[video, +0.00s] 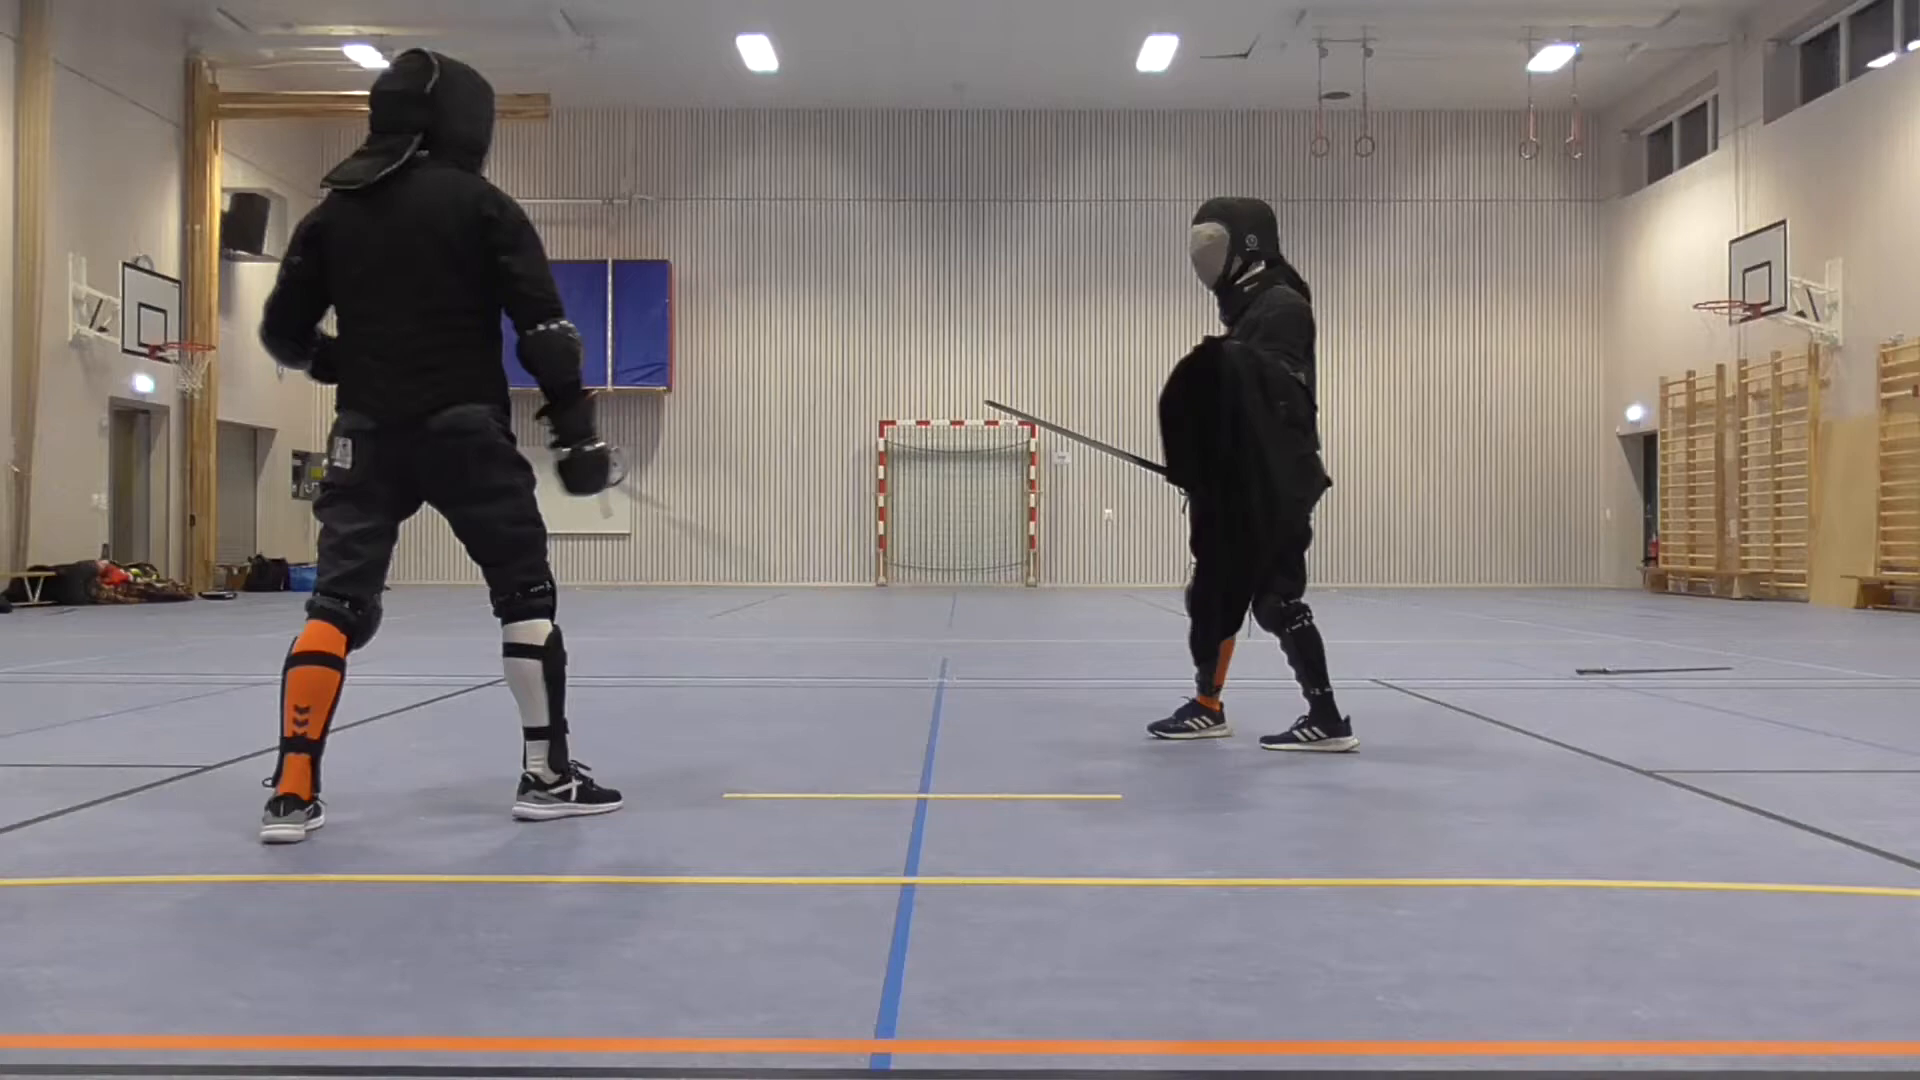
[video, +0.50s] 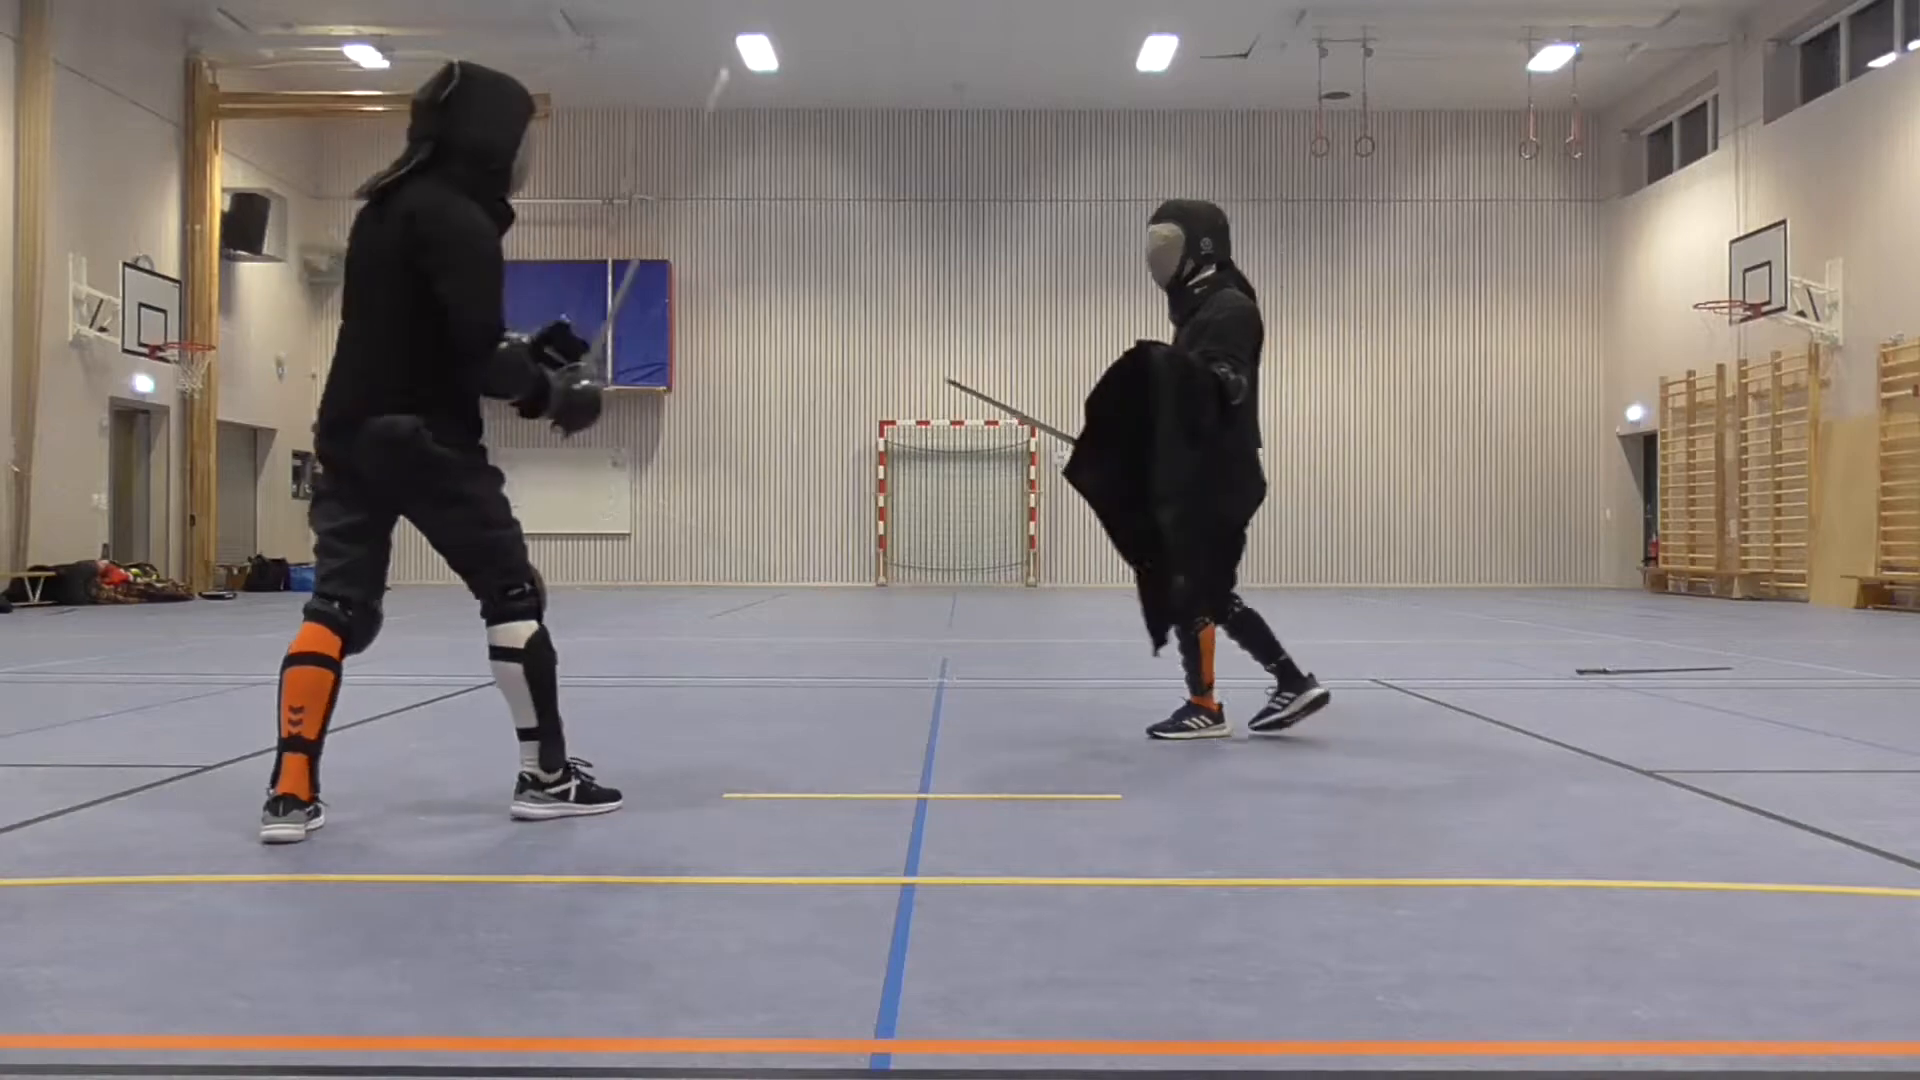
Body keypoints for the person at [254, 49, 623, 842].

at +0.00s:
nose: (485, 138)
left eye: (484, 124)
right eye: (480, 123)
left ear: (391, 121)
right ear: (456, 123)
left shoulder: (337, 211)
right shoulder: (481, 206)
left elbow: (283, 333)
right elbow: (546, 329)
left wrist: (357, 364)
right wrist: (577, 432)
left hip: (365, 437)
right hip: (470, 435)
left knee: (337, 599)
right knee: (524, 592)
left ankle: (292, 788)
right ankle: (547, 767)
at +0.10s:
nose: (491, 139)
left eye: (489, 125)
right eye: (486, 124)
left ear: (396, 121)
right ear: (463, 124)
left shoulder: (342, 209)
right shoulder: (486, 206)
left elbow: (299, 335)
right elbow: (556, 330)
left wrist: (369, 346)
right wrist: (600, 430)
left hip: (365, 437)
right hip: (470, 434)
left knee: (338, 599)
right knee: (523, 590)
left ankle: (293, 790)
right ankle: (546, 767)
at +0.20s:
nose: (492, 142)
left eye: (490, 127)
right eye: (487, 127)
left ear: (398, 122)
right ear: (463, 127)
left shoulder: (339, 210)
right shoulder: (479, 206)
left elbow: (323, 325)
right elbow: (557, 322)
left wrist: (398, 353)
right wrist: (615, 406)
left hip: (362, 437)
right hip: (459, 432)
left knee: (338, 601)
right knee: (518, 587)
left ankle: (293, 788)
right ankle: (547, 765)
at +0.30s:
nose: (496, 145)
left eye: (495, 130)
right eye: (491, 130)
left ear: (404, 123)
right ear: (467, 129)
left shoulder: (344, 212)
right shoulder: (472, 212)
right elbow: (543, 331)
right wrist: (610, 391)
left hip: (352, 436)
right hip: (443, 435)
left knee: (337, 602)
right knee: (513, 589)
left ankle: (292, 788)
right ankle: (547, 763)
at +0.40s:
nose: (505, 152)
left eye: (506, 137)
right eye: (500, 136)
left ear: (418, 125)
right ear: (471, 134)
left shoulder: (364, 206)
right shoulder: (462, 217)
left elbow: (448, 296)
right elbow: (506, 332)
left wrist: (533, 320)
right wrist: (576, 385)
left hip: (345, 432)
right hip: (430, 434)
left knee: (335, 603)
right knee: (509, 590)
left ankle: (291, 790)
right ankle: (545, 765)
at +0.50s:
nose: (520, 157)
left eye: (522, 140)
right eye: (515, 139)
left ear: (446, 127)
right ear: (485, 136)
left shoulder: (384, 205)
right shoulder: (460, 221)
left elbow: (415, 336)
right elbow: (477, 355)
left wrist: (517, 350)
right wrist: (544, 390)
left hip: (347, 433)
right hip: (428, 436)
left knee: (337, 605)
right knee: (509, 589)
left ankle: (290, 791)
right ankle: (545, 768)